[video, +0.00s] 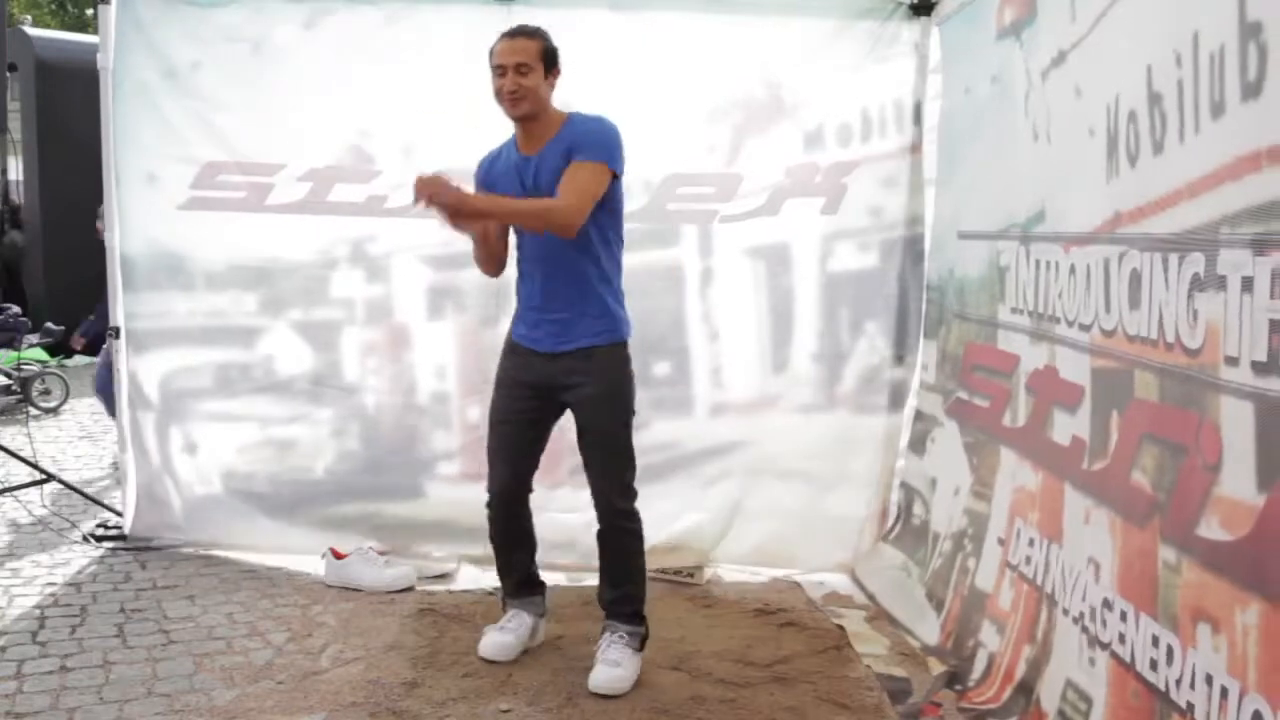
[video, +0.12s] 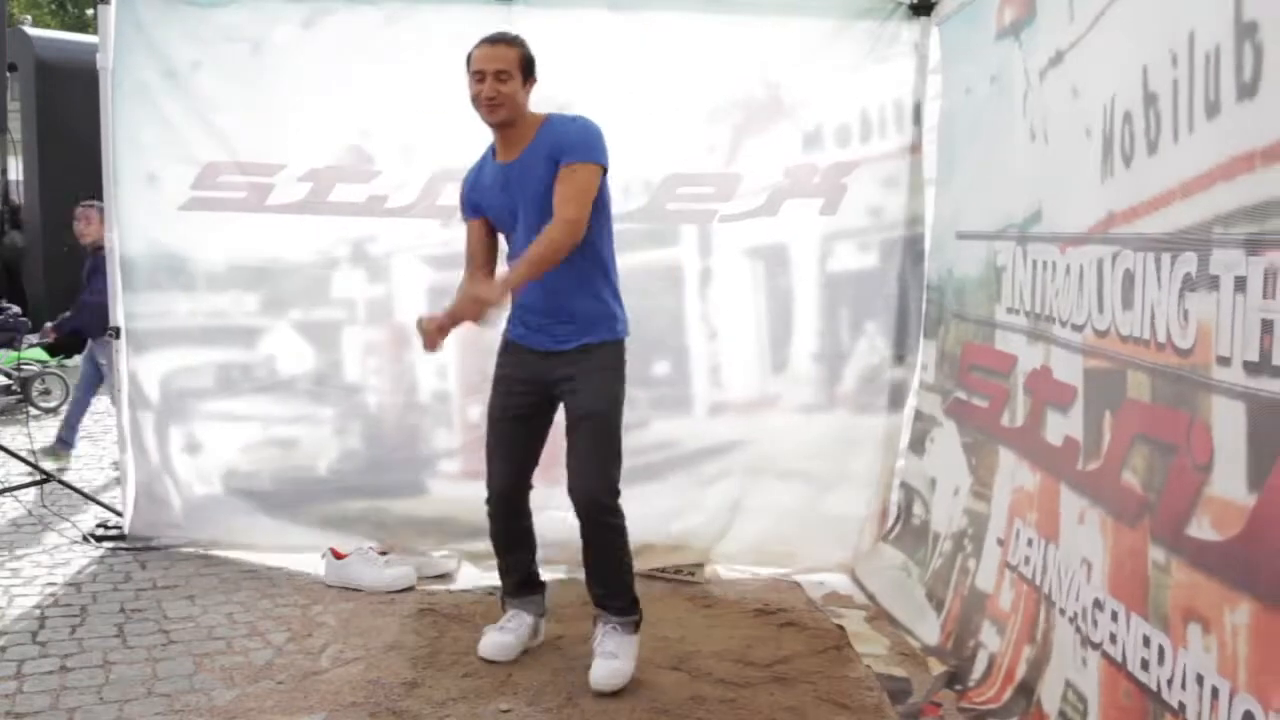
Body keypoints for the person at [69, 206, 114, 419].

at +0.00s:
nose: (99, 233)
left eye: (101, 228)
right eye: (98, 228)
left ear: (111, 227)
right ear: (103, 228)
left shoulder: (121, 256)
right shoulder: (116, 254)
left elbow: (111, 303)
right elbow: (109, 301)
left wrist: (86, 334)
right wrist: (85, 330)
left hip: (121, 335)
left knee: (104, 385)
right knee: (104, 384)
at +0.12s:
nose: (81, 227)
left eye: (88, 220)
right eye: (77, 221)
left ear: (104, 224)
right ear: (73, 226)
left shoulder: (106, 259)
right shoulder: (94, 259)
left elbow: (92, 304)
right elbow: (87, 305)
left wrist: (58, 327)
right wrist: (58, 327)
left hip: (111, 341)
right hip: (95, 340)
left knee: (123, 401)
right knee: (81, 396)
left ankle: (135, 454)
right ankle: (62, 446)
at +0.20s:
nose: (65, 231)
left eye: (71, 224)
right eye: (60, 225)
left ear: (88, 228)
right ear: (56, 229)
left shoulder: (91, 261)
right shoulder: (78, 261)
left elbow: (84, 308)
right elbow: (79, 308)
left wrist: (53, 330)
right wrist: (52, 328)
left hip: (99, 345)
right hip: (80, 345)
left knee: (115, 405)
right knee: (64, 401)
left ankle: (140, 452)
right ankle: (45, 449)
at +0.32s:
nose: (39, 230)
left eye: (46, 224)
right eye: (36, 225)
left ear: (62, 228)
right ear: (32, 229)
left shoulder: (67, 262)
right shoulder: (53, 261)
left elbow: (65, 309)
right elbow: (54, 306)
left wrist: (54, 348)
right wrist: (48, 339)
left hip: (70, 339)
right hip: (53, 338)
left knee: (67, 397)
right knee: (37, 395)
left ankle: (114, 433)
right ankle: (39, 452)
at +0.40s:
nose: (25, 228)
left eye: (31, 222)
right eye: (21, 223)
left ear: (47, 226)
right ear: (19, 228)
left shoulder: (54, 260)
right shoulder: (35, 260)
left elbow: (61, 305)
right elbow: (38, 303)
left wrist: (65, 347)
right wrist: (29, 335)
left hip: (47, 339)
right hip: (34, 337)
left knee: (36, 396)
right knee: (31, 396)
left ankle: (88, 431)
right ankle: (38, 453)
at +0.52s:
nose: (5, 226)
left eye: (11, 220)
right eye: (2, 221)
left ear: (26, 224)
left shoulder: (35, 257)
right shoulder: (11, 259)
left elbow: (56, 298)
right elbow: (12, 298)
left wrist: (68, 338)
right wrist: (7, 331)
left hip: (35, 333)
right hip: (17, 332)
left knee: (5, 385)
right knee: (29, 390)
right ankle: (37, 448)